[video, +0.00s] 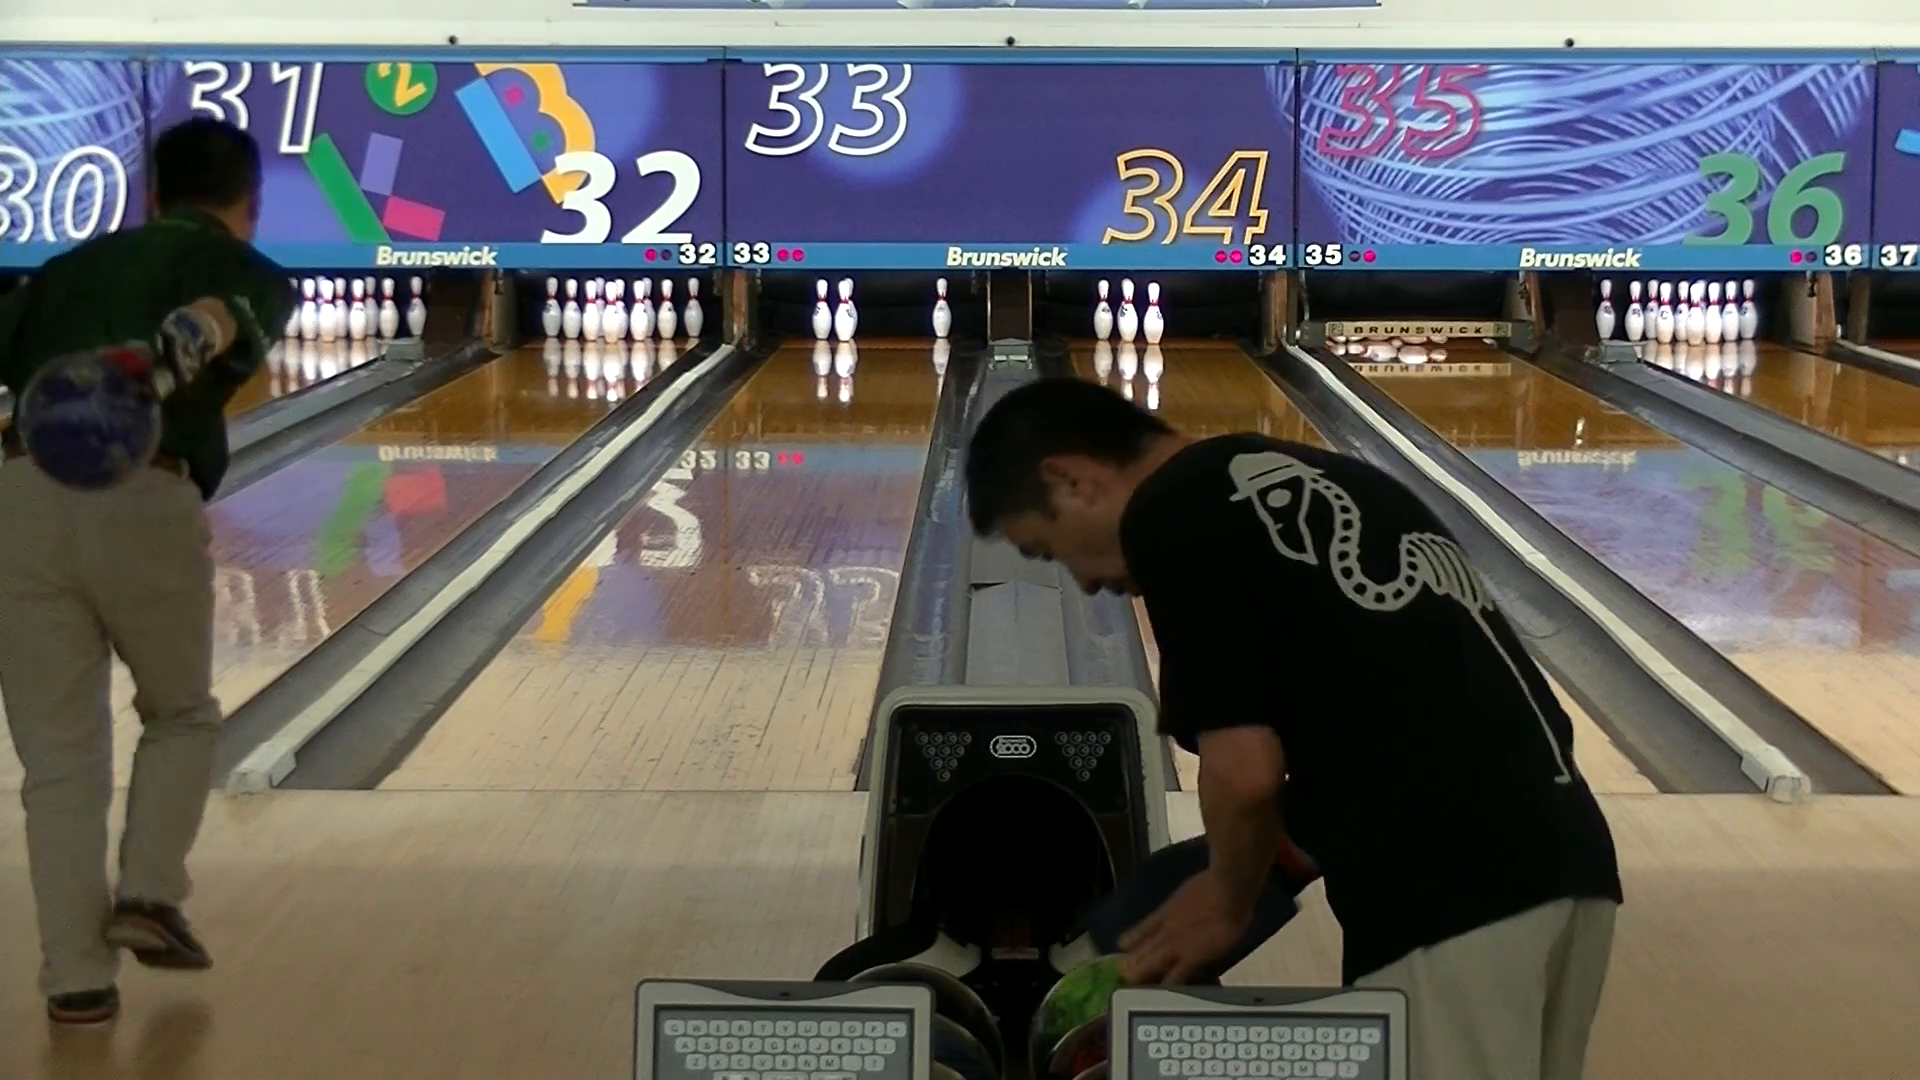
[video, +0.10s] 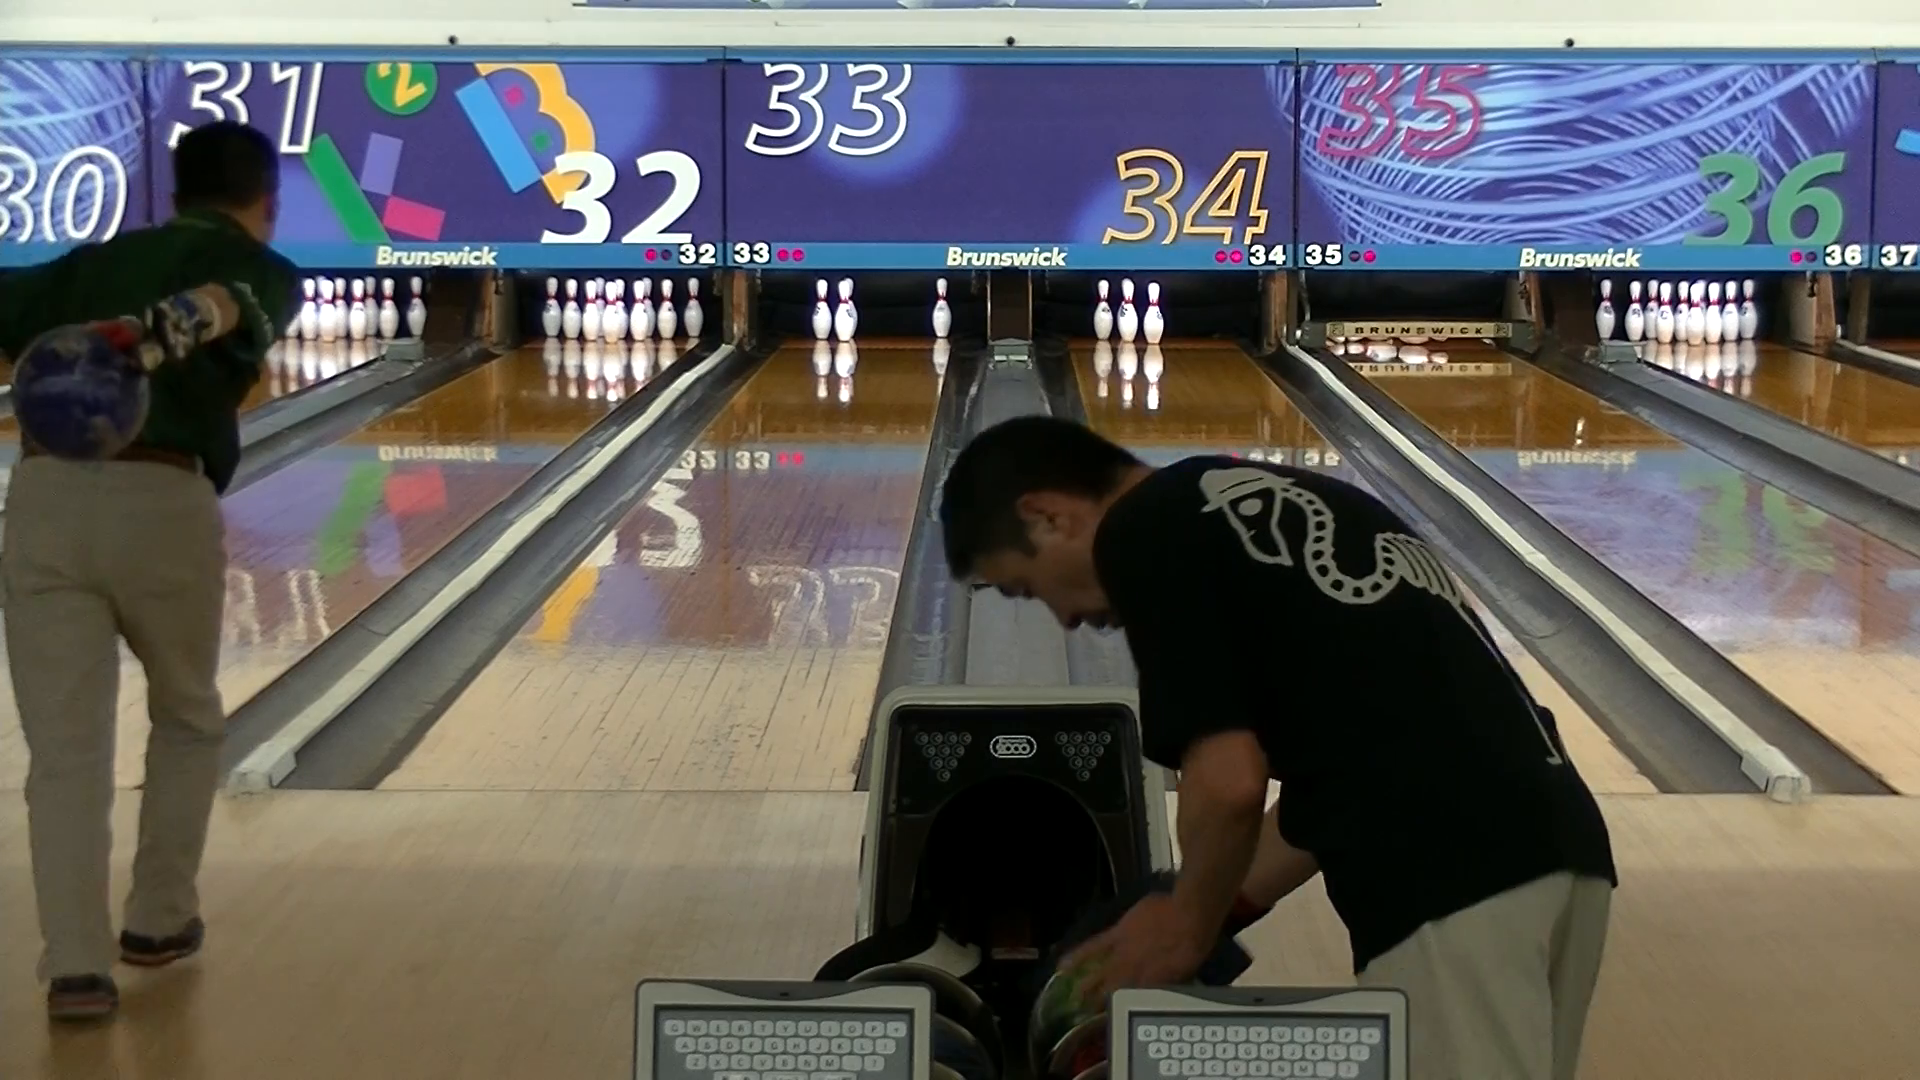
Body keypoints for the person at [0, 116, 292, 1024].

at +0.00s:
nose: (255, 219)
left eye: (251, 206)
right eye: (254, 205)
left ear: (153, 196)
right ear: (241, 202)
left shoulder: (74, 264)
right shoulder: (252, 271)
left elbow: (2, 342)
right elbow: (226, 328)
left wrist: (38, 407)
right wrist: (151, 393)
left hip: (23, 500)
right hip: (145, 499)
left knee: (56, 759)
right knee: (179, 714)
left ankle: (75, 980)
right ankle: (148, 897)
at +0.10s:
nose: (273, 215)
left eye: (270, 201)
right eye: (272, 200)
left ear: (180, 190)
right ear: (258, 200)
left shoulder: (99, 258)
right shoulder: (261, 267)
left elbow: (10, 314)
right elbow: (229, 303)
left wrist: (46, 358)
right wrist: (150, 334)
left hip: (44, 493)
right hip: (163, 500)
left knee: (62, 747)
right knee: (185, 716)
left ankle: (75, 968)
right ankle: (158, 920)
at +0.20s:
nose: (292, 232)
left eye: (292, 220)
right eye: (290, 219)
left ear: (197, 210)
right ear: (276, 217)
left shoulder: (116, 266)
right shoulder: (280, 288)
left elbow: (11, 279)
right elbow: (240, 323)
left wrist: (28, 345)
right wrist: (156, 354)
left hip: (64, 511)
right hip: (179, 517)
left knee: (78, 737)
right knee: (186, 734)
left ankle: (70, 879)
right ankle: (145, 920)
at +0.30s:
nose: (308, 264)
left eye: (304, 251)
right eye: (307, 251)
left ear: (217, 241)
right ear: (295, 250)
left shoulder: (138, 281)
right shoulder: (295, 330)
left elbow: (21, 264)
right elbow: (248, 378)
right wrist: (163, 427)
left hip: (75, 515)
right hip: (185, 523)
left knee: (101, 714)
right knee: (189, 742)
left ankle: (90, 865)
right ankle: (143, 922)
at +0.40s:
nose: (323, 292)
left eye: (322, 280)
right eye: (324, 280)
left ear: (240, 264)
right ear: (315, 282)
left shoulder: (166, 295)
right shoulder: (307, 364)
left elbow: (47, 267)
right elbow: (261, 439)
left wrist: (4, 247)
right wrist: (239, 481)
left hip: (81, 538)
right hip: (184, 548)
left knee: (133, 705)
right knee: (190, 758)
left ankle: (137, 878)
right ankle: (146, 900)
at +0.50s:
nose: (345, 311)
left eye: (345, 299)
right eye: (345, 298)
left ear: (257, 285)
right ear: (337, 302)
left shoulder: (186, 314)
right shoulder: (325, 404)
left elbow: (78, 291)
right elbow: (285, 518)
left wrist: (5, 269)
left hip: (91, 548)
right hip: (194, 566)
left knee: (197, 684)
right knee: (179, 754)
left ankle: (209, 837)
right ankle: (142, 886)